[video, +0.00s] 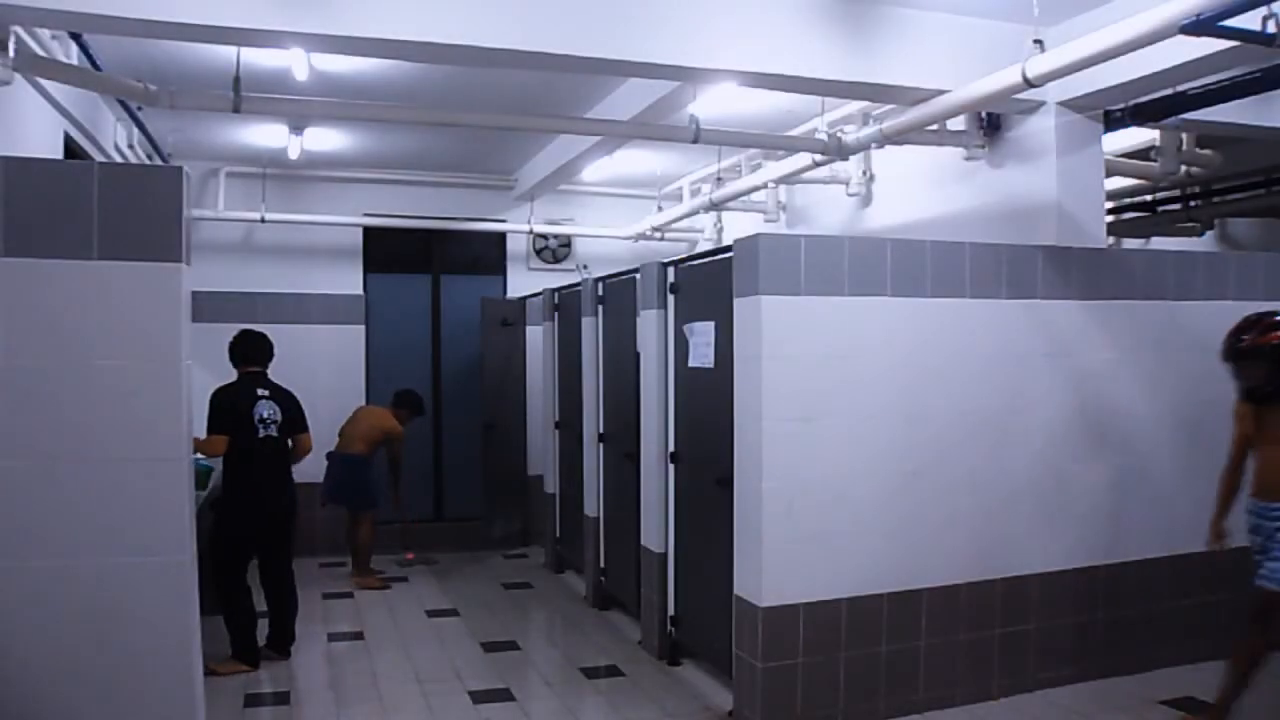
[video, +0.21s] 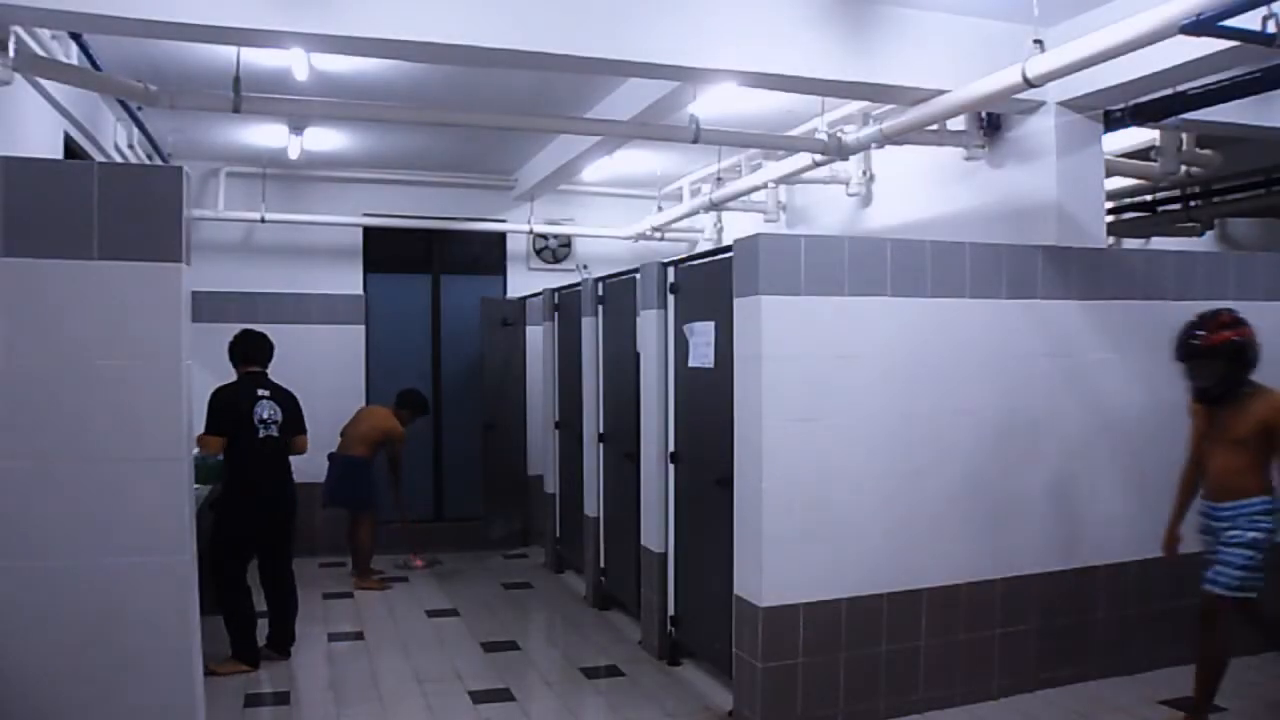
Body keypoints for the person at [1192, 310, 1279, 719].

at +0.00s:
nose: (1244, 375)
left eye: (1251, 364)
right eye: (1241, 365)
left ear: (1269, 364)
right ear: (1243, 366)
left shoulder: (1255, 405)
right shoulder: (1250, 404)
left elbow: (1235, 464)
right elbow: (1236, 463)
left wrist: (1219, 517)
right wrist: (1219, 518)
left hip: (1270, 520)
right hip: (1264, 518)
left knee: (1261, 619)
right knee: (1262, 619)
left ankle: (1221, 705)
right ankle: (1221, 704)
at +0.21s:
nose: (1199, 377)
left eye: (1208, 366)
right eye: (1194, 367)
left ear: (1235, 362)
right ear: (1192, 366)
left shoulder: (1266, 405)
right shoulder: (1202, 407)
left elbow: (1274, 468)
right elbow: (1195, 464)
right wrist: (1175, 522)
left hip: (1253, 516)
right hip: (1212, 515)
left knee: (1213, 604)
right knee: (1242, 605)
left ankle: (1202, 704)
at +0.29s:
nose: (1181, 374)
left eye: (1190, 363)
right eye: (1176, 364)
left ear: (1217, 358)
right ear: (1173, 363)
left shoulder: (1254, 403)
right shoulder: (1187, 403)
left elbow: (1266, 472)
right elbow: (1178, 465)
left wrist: (1262, 528)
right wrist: (1161, 523)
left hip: (1233, 513)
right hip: (1189, 511)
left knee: (1210, 607)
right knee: (1195, 606)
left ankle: (1200, 702)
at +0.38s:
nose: (1159, 369)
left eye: (1167, 358)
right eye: (1155, 359)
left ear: (1194, 354)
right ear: (1156, 359)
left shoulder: (1234, 400)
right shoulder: (1169, 397)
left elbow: (1241, 476)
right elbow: (1163, 460)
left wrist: (1229, 538)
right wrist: (1149, 518)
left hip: (1210, 515)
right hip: (1169, 510)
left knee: (1198, 611)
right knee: (1157, 600)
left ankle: (1200, 702)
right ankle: (1211, 672)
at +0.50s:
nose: (1126, 369)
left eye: (1133, 358)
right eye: (1123, 360)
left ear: (1161, 353)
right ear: (1126, 360)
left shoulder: (1203, 398)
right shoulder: (1141, 398)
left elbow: (1205, 482)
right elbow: (1144, 459)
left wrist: (1170, 542)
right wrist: (1132, 514)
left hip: (1187, 519)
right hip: (1141, 513)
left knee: (1190, 614)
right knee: (1111, 596)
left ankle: (1197, 707)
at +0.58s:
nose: (1105, 373)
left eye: (1112, 362)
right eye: (1101, 364)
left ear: (1140, 357)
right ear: (1102, 364)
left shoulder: (1179, 404)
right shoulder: (1120, 407)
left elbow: (1181, 485)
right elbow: (1128, 469)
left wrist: (1140, 544)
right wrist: (1117, 516)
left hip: (1167, 525)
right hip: (1121, 521)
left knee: (1182, 623)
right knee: (1092, 617)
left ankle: (1195, 707)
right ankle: (1064, 704)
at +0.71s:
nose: (1063, 377)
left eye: (1071, 365)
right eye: (1059, 368)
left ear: (1098, 361)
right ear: (1059, 368)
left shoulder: (1136, 409)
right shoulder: (1080, 412)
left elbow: (1144, 489)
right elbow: (1088, 475)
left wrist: (1102, 552)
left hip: (1124, 537)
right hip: (1075, 533)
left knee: (1148, 630)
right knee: (1048, 627)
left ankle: (1187, 704)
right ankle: (1035, 713)